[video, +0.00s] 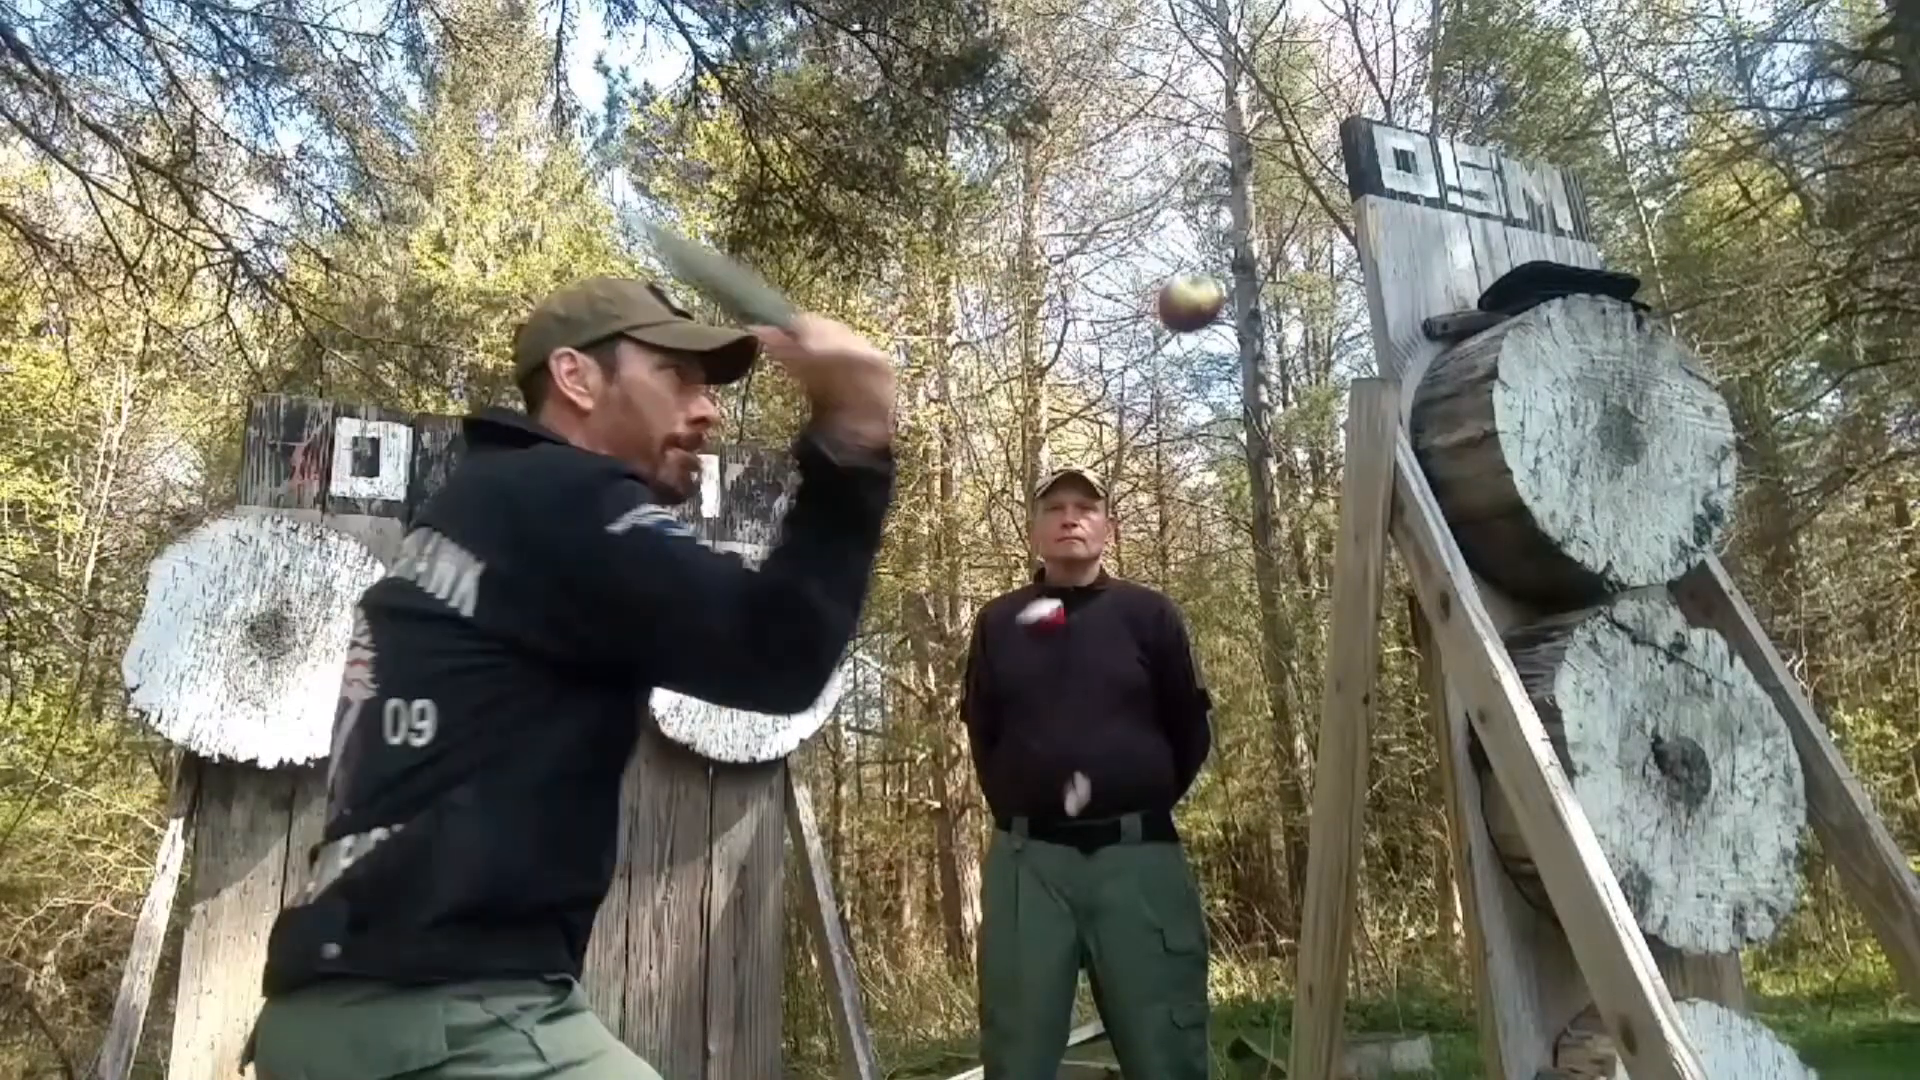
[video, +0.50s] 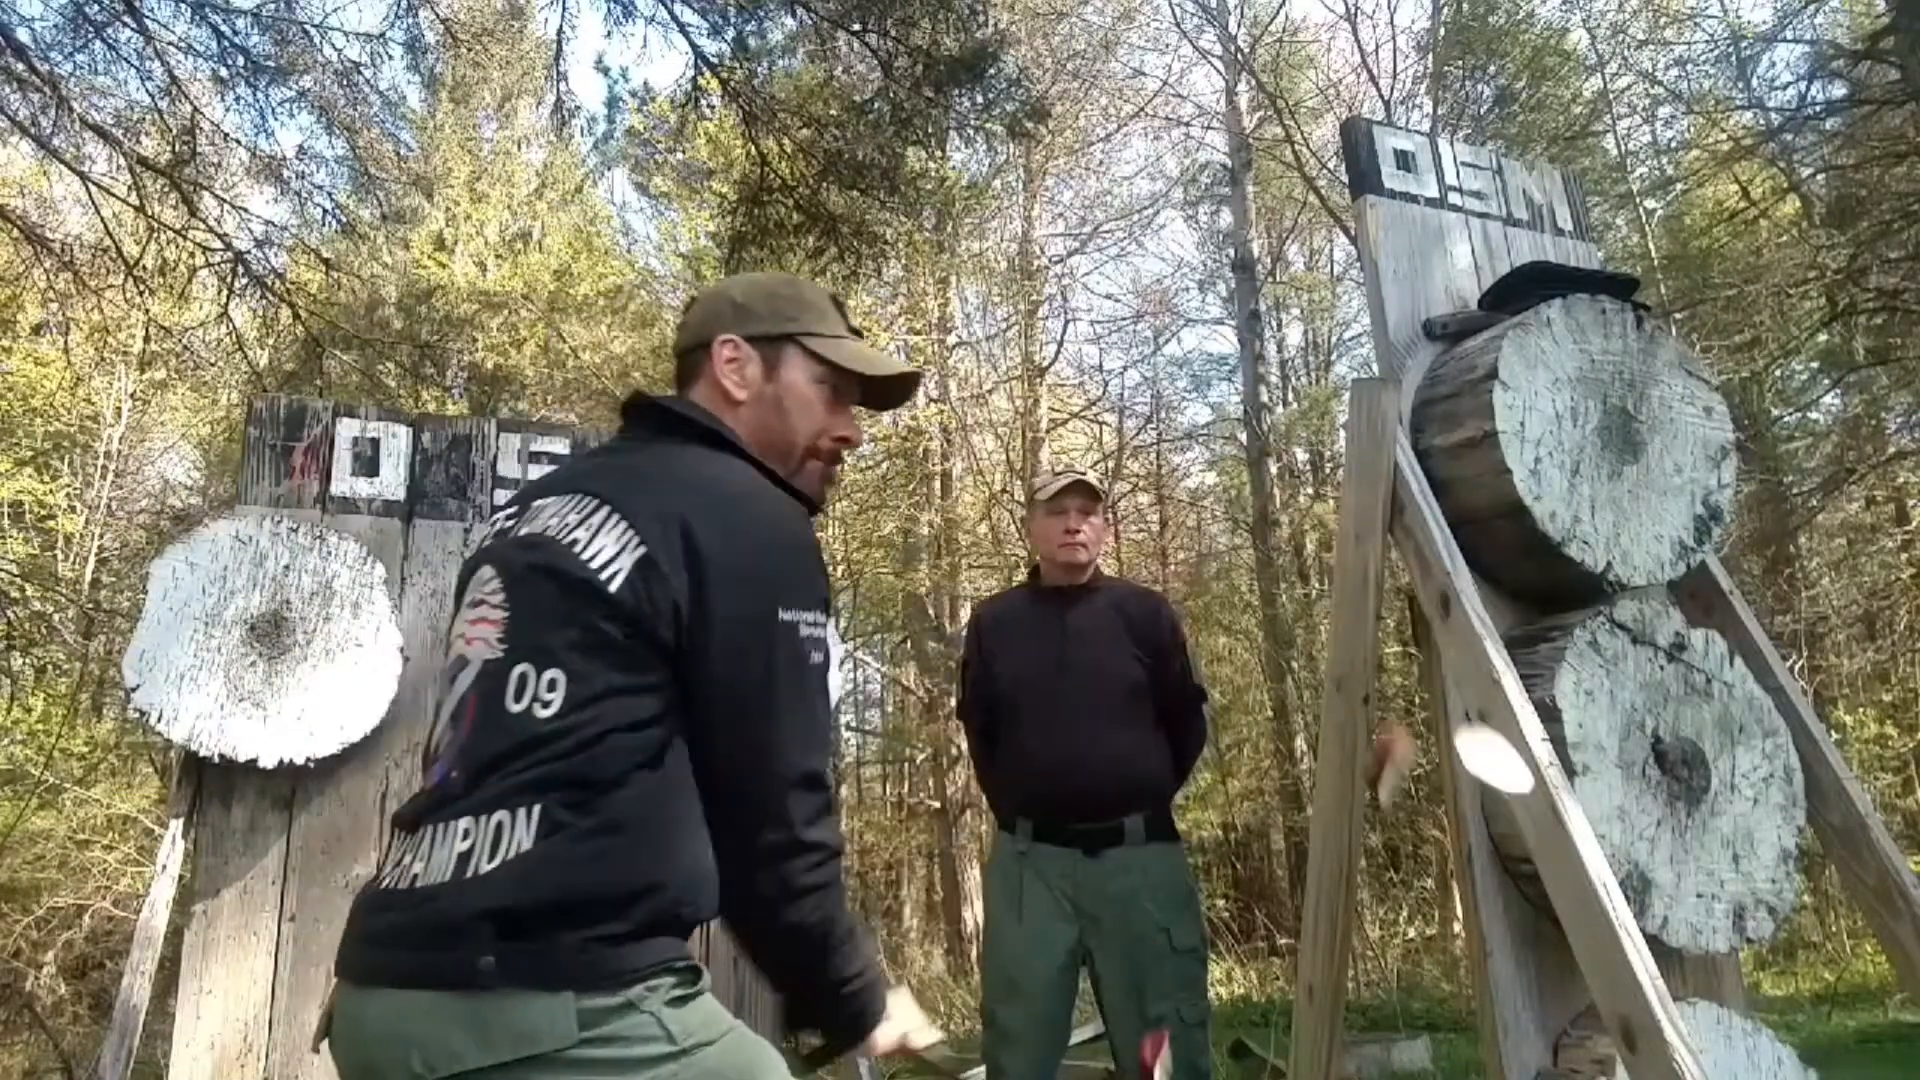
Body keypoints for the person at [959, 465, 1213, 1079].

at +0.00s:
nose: (1071, 519)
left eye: (1085, 509)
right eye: (1055, 510)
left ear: (1107, 531)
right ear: (1033, 533)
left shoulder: (1149, 612)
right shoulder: (997, 620)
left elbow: (1191, 729)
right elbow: (982, 732)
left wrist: (1140, 813)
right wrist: (1026, 818)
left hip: (1140, 861)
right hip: (1026, 864)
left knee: (1164, 1057)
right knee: (1017, 1059)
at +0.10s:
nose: (1072, 522)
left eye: (1085, 510)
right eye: (1056, 511)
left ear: (1108, 531)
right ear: (1034, 533)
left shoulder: (1149, 612)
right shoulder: (996, 619)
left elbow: (1191, 731)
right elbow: (981, 731)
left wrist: (1136, 812)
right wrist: (1028, 815)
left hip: (1143, 861)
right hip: (1025, 862)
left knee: (1165, 1058)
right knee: (1018, 1060)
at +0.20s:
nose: (1073, 522)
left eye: (1086, 511)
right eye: (1057, 511)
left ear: (1106, 530)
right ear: (1033, 531)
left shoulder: (1146, 614)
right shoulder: (1000, 620)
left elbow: (1187, 736)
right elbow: (984, 735)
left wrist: (1138, 812)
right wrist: (1038, 820)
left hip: (1141, 857)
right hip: (1028, 859)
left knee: (1167, 1060)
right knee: (1019, 1061)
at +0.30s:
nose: (1073, 524)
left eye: (1086, 512)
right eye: (1057, 512)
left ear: (1106, 530)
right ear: (1032, 529)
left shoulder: (1146, 612)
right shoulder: (994, 621)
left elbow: (1188, 724)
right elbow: (978, 731)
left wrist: (1149, 802)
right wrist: (1030, 800)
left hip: (1138, 847)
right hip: (1025, 850)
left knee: (1164, 1040)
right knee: (1018, 1042)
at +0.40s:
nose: (1074, 525)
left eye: (1087, 513)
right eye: (1057, 512)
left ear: (1106, 533)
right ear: (1031, 530)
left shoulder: (1146, 612)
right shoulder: (994, 621)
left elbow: (1189, 724)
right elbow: (979, 730)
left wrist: (1139, 804)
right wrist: (1025, 814)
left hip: (1140, 859)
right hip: (1027, 860)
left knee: (1169, 1052)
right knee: (1017, 1056)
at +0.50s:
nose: (1074, 525)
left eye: (1087, 513)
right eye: (1058, 513)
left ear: (1105, 533)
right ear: (1030, 530)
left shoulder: (1146, 612)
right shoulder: (992, 620)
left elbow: (1187, 722)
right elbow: (979, 730)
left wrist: (1138, 803)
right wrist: (1026, 815)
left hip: (1140, 861)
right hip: (1028, 862)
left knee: (1167, 1048)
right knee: (1019, 1052)